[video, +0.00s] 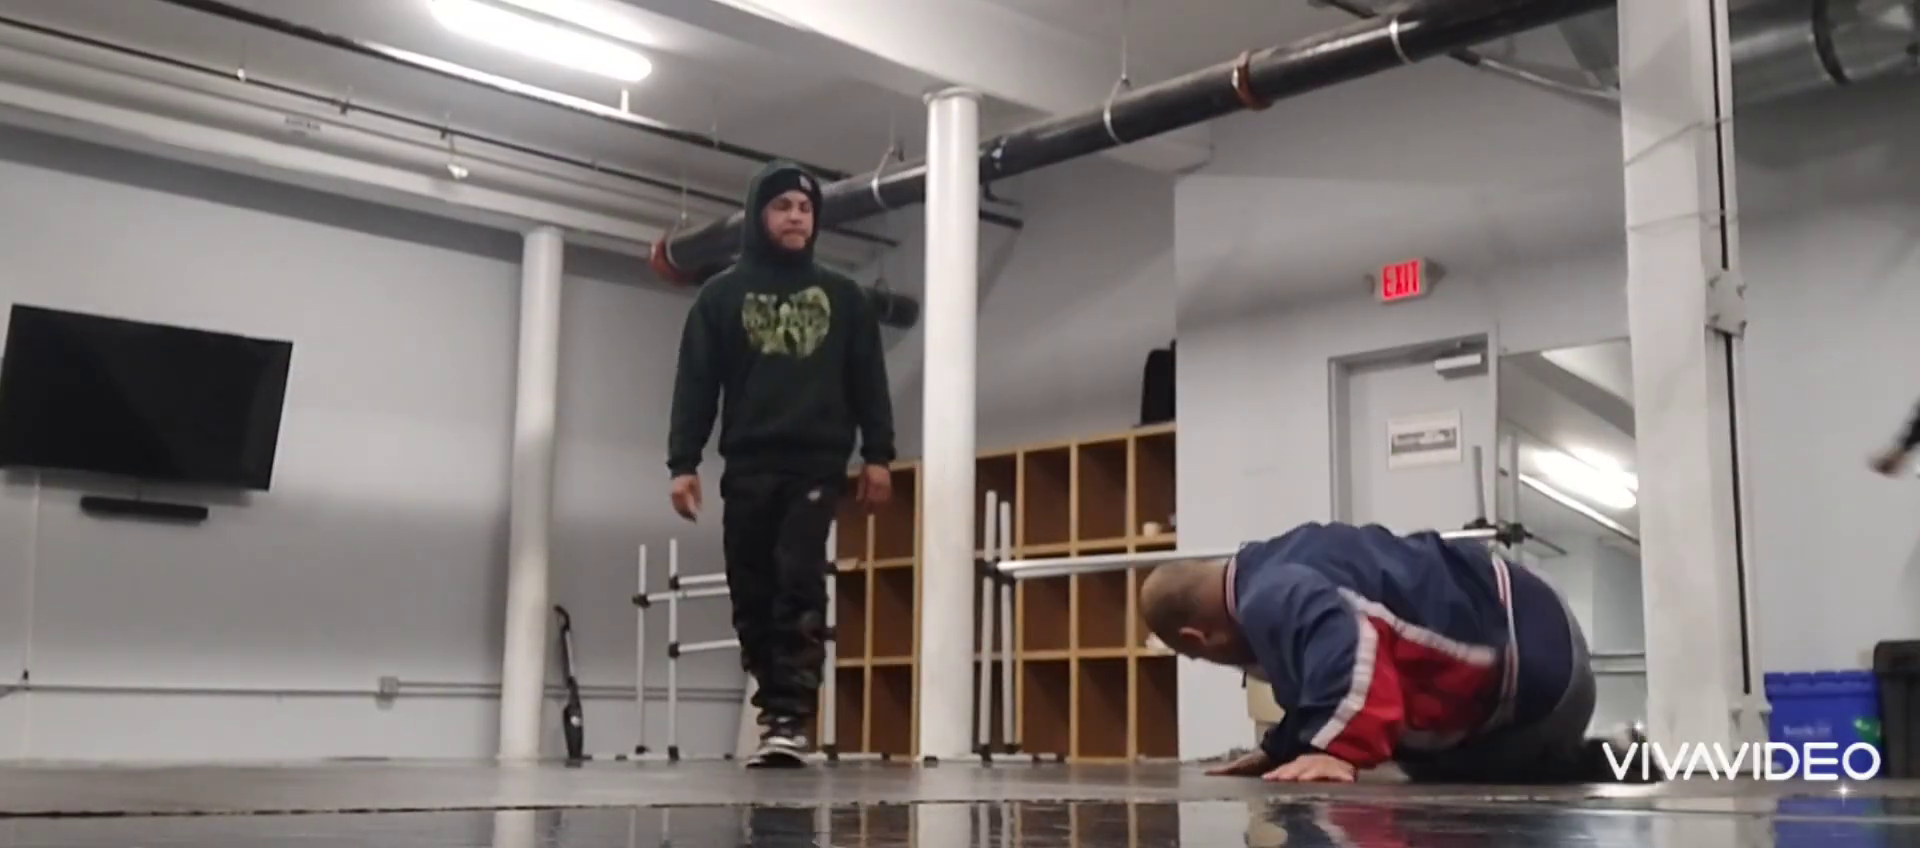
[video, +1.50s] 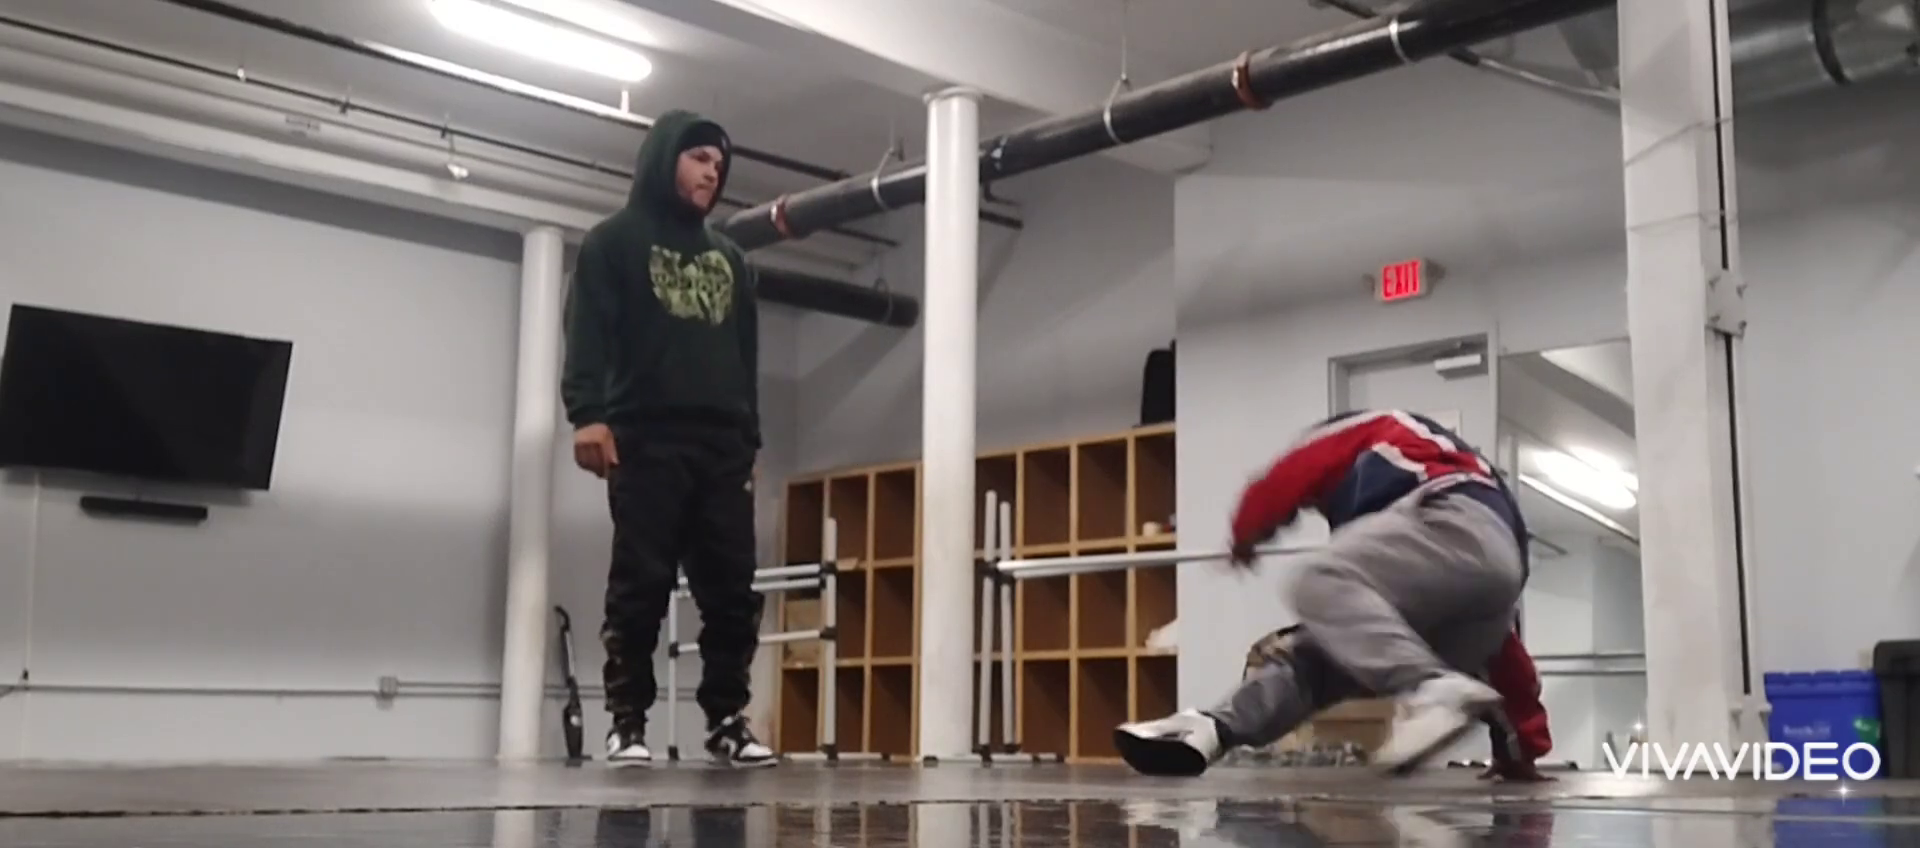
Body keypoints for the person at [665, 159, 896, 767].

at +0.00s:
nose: (797, 217)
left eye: (805, 208)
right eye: (784, 206)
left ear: (815, 219)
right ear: (758, 217)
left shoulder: (844, 294)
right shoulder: (721, 295)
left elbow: (869, 379)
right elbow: (696, 383)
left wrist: (878, 455)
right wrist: (684, 464)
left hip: (818, 463)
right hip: (749, 463)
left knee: (798, 581)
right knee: (752, 591)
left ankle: (793, 722)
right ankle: (775, 717)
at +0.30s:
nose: (784, 207)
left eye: (795, 200)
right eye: (773, 197)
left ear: (806, 216)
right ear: (749, 207)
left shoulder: (832, 290)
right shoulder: (708, 287)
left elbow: (857, 379)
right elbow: (688, 380)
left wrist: (862, 463)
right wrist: (691, 461)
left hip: (800, 462)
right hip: (729, 463)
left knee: (782, 589)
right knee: (739, 594)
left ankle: (761, 723)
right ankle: (773, 725)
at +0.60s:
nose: (787, 195)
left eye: (799, 190)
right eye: (775, 183)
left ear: (807, 208)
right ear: (749, 193)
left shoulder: (823, 281)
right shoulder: (699, 269)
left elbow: (838, 371)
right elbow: (661, 355)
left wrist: (822, 446)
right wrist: (631, 437)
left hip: (790, 454)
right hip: (716, 451)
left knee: (778, 585)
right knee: (717, 592)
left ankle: (759, 725)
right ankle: (759, 708)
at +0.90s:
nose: (772, 189)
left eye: (782, 182)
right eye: (761, 177)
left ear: (789, 197)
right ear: (730, 182)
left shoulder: (805, 274)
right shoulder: (680, 260)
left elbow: (829, 358)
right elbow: (649, 353)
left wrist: (832, 430)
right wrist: (640, 439)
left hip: (779, 451)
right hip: (702, 446)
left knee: (773, 588)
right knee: (692, 574)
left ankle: (756, 726)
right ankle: (656, 718)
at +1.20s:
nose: (740, 176)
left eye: (748, 170)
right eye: (728, 163)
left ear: (752, 186)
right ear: (695, 168)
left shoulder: (764, 267)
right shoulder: (644, 250)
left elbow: (794, 361)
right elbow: (622, 344)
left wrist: (820, 444)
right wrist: (631, 429)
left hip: (748, 450)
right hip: (671, 445)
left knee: (752, 590)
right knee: (656, 586)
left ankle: (750, 726)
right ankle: (631, 726)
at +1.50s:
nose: (710, 173)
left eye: (718, 164)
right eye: (699, 158)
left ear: (720, 176)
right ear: (662, 159)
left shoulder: (729, 255)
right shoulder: (613, 240)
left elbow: (744, 353)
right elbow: (588, 333)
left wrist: (746, 439)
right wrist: (589, 417)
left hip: (722, 441)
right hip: (646, 437)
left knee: (731, 590)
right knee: (640, 585)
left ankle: (727, 723)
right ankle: (628, 726)